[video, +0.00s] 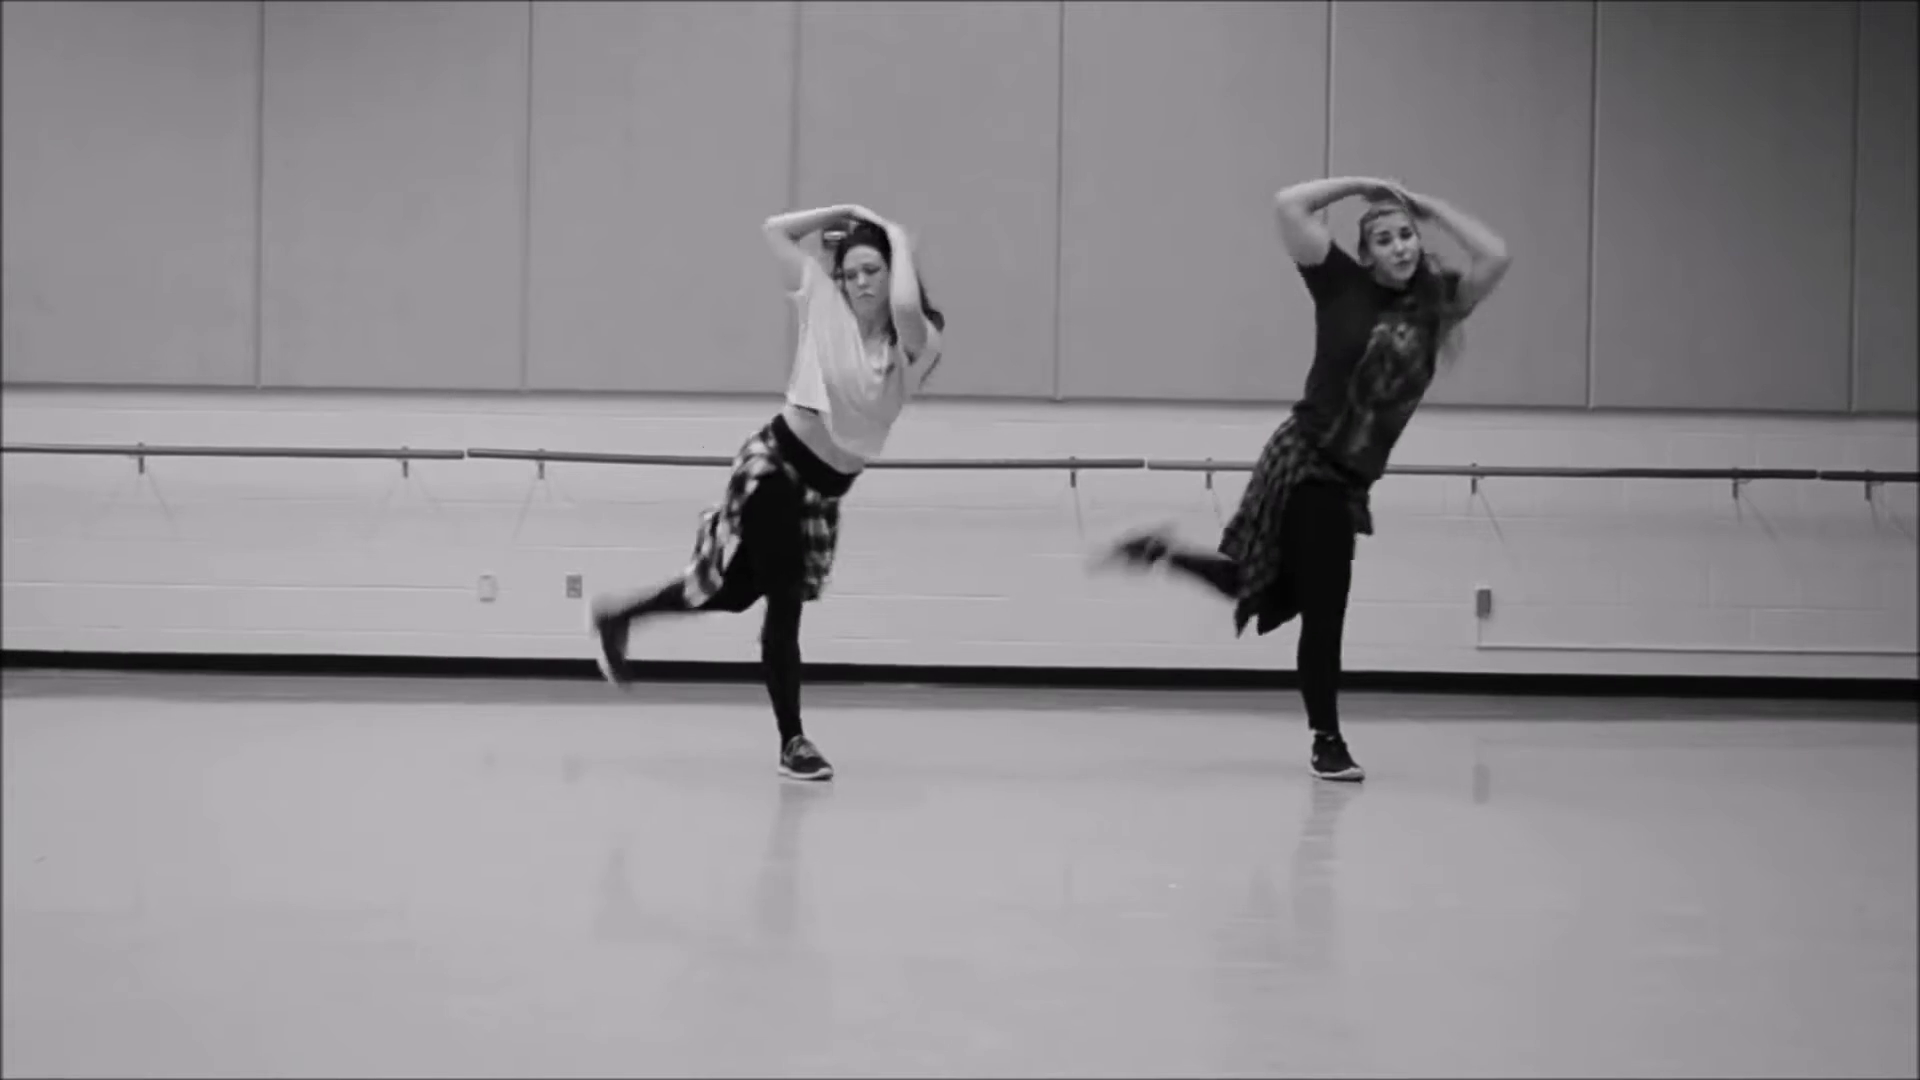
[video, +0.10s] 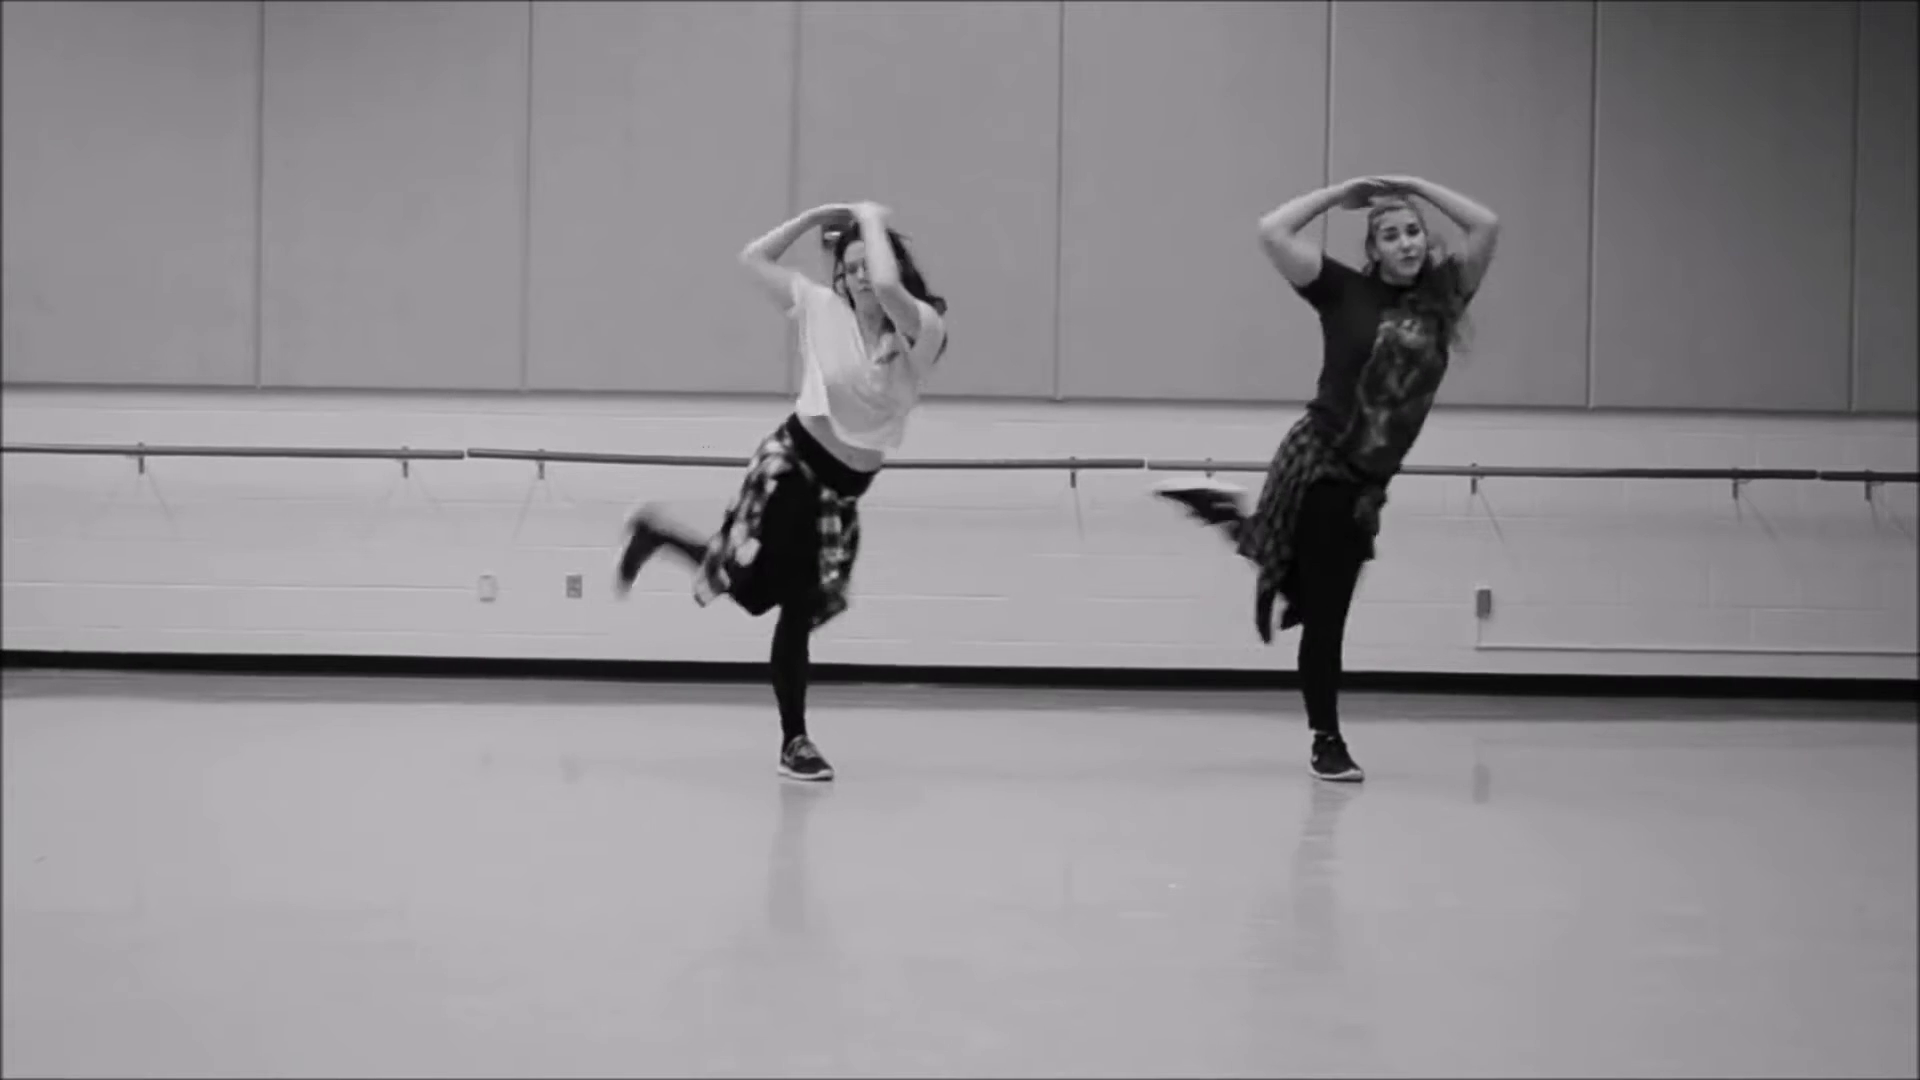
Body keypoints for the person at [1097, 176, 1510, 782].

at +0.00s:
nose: (1399, 248)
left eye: (1407, 235)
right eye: (1384, 240)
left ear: (1421, 243)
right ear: (1365, 252)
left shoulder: (1438, 302)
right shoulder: (1342, 286)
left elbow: (1494, 258)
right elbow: (1288, 205)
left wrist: (1430, 207)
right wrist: (1362, 184)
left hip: (1350, 479)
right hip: (1307, 464)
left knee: (1269, 591)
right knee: (1326, 608)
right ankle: (1327, 741)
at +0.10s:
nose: (1406, 243)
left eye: (1413, 231)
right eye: (1391, 235)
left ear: (1427, 240)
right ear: (1373, 248)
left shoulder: (1441, 300)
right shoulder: (1346, 293)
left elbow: (1486, 227)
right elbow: (1273, 232)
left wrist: (1419, 186)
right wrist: (1337, 194)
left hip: (1370, 479)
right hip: (1320, 466)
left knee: (1315, 588)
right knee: (1328, 614)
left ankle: (1227, 519)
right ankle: (1326, 739)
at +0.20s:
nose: (1412, 240)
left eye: (1420, 230)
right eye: (1398, 232)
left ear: (1434, 239)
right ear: (1379, 245)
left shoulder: (1448, 297)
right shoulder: (1351, 297)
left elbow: (1474, 214)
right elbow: (1279, 261)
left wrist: (1406, 175)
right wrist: (1332, 209)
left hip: (1389, 477)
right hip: (1333, 467)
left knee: (1385, 605)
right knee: (1333, 600)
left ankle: (1287, 556)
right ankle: (1326, 737)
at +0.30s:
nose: (1414, 241)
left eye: (1423, 229)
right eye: (1401, 231)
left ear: (1438, 239)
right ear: (1382, 243)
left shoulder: (1450, 293)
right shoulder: (1365, 297)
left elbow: (1473, 227)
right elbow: (1330, 301)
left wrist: (1411, 183)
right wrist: (1359, 222)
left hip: (1411, 475)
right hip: (1348, 471)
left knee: (1445, 595)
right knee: (1338, 608)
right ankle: (1326, 737)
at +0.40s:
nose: (1425, 237)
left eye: (1436, 228)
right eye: (1413, 228)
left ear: (1452, 243)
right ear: (1392, 240)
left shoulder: (1460, 307)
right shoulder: (1369, 299)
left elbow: (1490, 326)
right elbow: (1378, 365)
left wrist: (1467, 280)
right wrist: (1409, 291)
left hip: (1432, 483)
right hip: (1361, 482)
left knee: (1487, 592)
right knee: (1349, 610)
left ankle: (1517, 719)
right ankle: (1329, 737)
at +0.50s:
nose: (1443, 235)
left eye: (1452, 225)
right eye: (1429, 226)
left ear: (1465, 238)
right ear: (1406, 241)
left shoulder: (1496, 313)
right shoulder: (1385, 315)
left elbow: (1534, 395)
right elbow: (1338, 397)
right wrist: (1417, 379)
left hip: (1465, 487)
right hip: (1386, 487)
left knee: (1518, 611)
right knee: (1365, 615)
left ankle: (1589, 729)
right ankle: (1329, 738)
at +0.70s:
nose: (1488, 246)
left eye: (1498, 237)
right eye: (1475, 238)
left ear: (1512, 250)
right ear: (1455, 253)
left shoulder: (1545, 314)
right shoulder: (1436, 327)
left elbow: (1617, 363)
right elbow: (1365, 383)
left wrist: (1546, 397)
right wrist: (1445, 398)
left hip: (1520, 498)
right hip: (1436, 497)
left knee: (1570, 623)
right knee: (1387, 619)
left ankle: (1595, 747)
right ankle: (1330, 737)